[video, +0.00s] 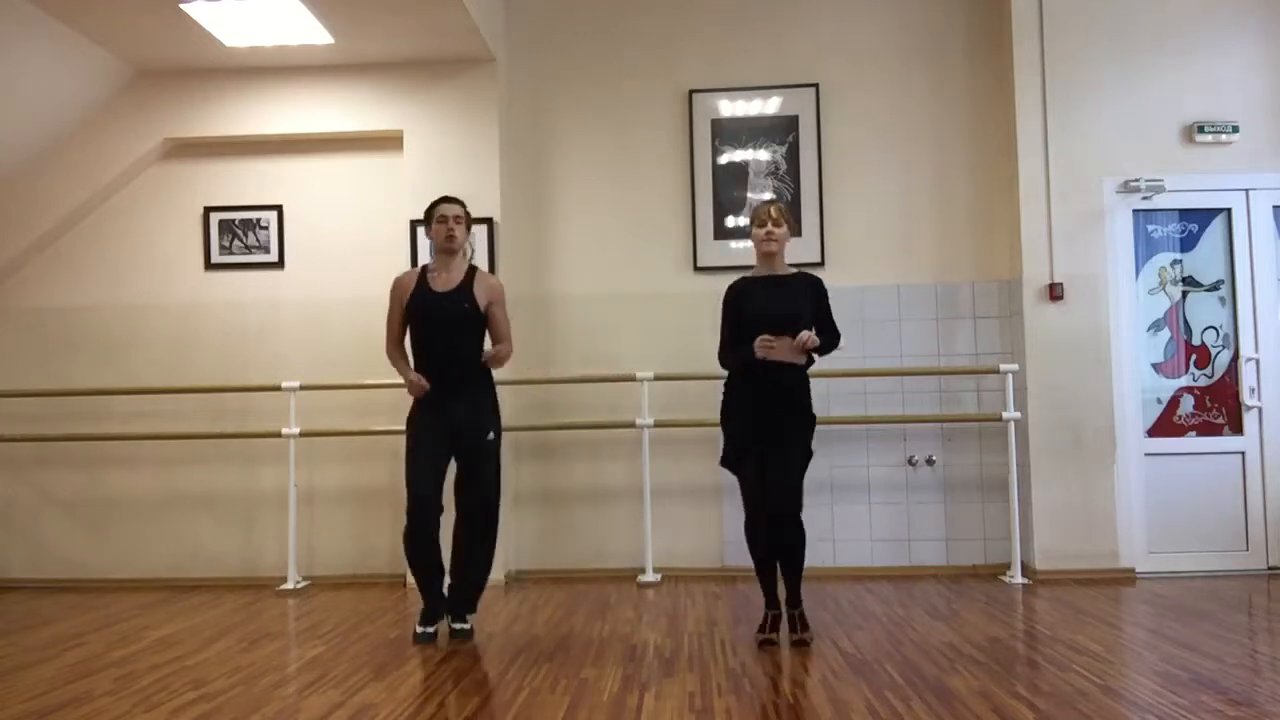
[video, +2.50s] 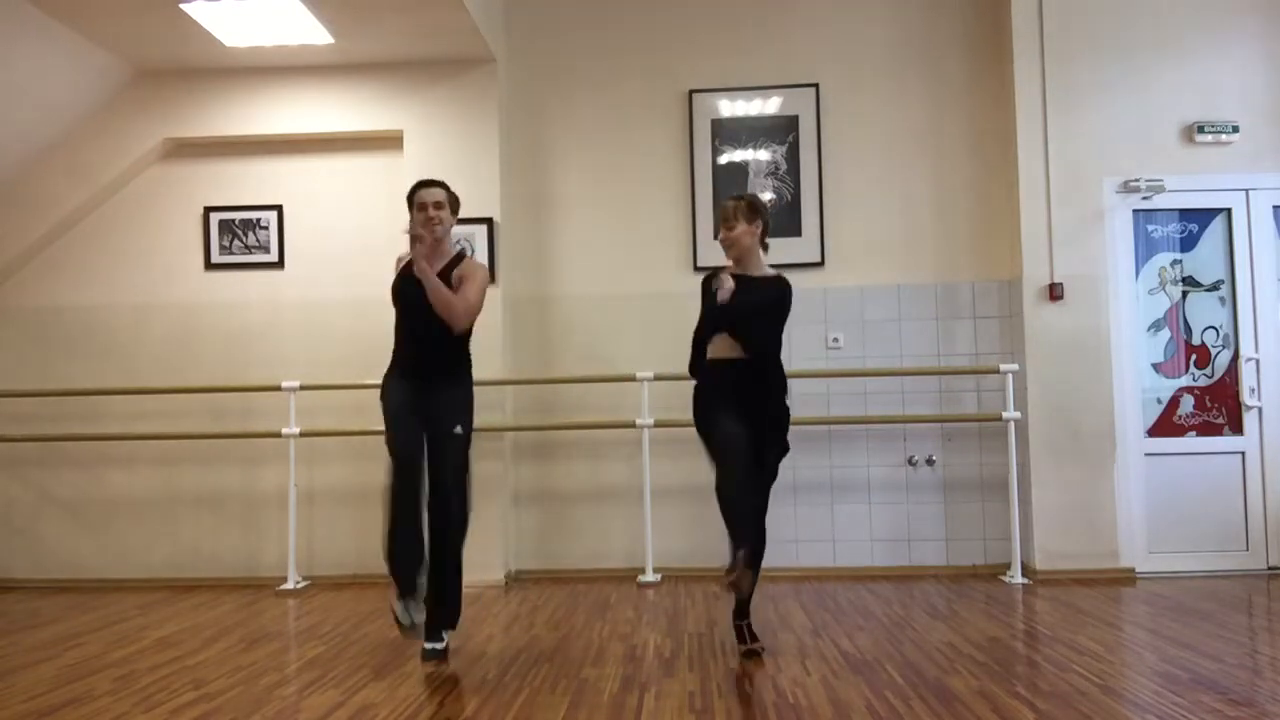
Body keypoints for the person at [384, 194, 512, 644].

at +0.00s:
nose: (450, 227)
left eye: (457, 221)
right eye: (441, 221)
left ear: (468, 231)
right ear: (428, 232)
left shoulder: (487, 286)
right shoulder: (406, 285)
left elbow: (504, 349)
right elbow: (393, 345)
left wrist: (484, 361)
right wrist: (408, 375)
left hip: (477, 407)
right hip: (430, 406)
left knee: (477, 511)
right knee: (422, 510)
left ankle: (462, 608)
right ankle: (431, 605)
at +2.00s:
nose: (440, 229)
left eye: (447, 221)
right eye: (431, 223)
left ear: (459, 230)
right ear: (417, 233)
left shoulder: (482, 285)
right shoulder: (399, 291)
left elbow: (527, 320)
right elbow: (385, 358)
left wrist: (514, 360)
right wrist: (405, 369)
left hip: (452, 403)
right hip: (405, 404)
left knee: (440, 481)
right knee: (410, 506)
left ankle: (443, 592)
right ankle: (432, 608)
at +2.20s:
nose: (429, 214)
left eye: (436, 205)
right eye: (419, 207)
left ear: (448, 212)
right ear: (406, 215)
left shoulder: (467, 267)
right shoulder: (388, 271)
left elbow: (483, 333)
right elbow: (375, 319)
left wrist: (431, 299)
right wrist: (367, 358)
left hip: (465, 388)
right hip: (417, 383)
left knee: (454, 509)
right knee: (403, 429)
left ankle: (441, 615)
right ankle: (418, 499)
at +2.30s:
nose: (429, 213)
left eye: (437, 206)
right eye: (420, 207)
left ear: (450, 214)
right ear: (407, 215)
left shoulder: (465, 270)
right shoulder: (389, 269)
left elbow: (463, 334)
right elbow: (386, 313)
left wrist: (425, 285)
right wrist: (383, 343)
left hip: (462, 387)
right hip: (416, 382)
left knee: (453, 509)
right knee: (421, 430)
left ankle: (440, 622)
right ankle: (427, 525)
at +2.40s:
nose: (433, 217)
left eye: (440, 209)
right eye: (423, 210)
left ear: (454, 216)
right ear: (411, 218)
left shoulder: (468, 277)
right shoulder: (400, 272)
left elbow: (453, 341)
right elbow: (400, 339)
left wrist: (429, 287)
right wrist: (397, 390)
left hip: (456, 401)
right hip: (408, 401)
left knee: (460, 506)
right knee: (423, 500)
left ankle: (445, 622)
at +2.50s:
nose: (431, 214)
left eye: (439, 207)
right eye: (423, 208)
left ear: (454, 215)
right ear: (411, 217)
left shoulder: (471, 268)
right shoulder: (403, 266)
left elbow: (460, 320)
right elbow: (405, 327)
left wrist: (426, 274)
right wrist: (397, 379)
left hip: (450, 392)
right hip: (402, 388)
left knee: (448, 504)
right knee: (406, 486)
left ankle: (440, 624)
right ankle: (407, 587)